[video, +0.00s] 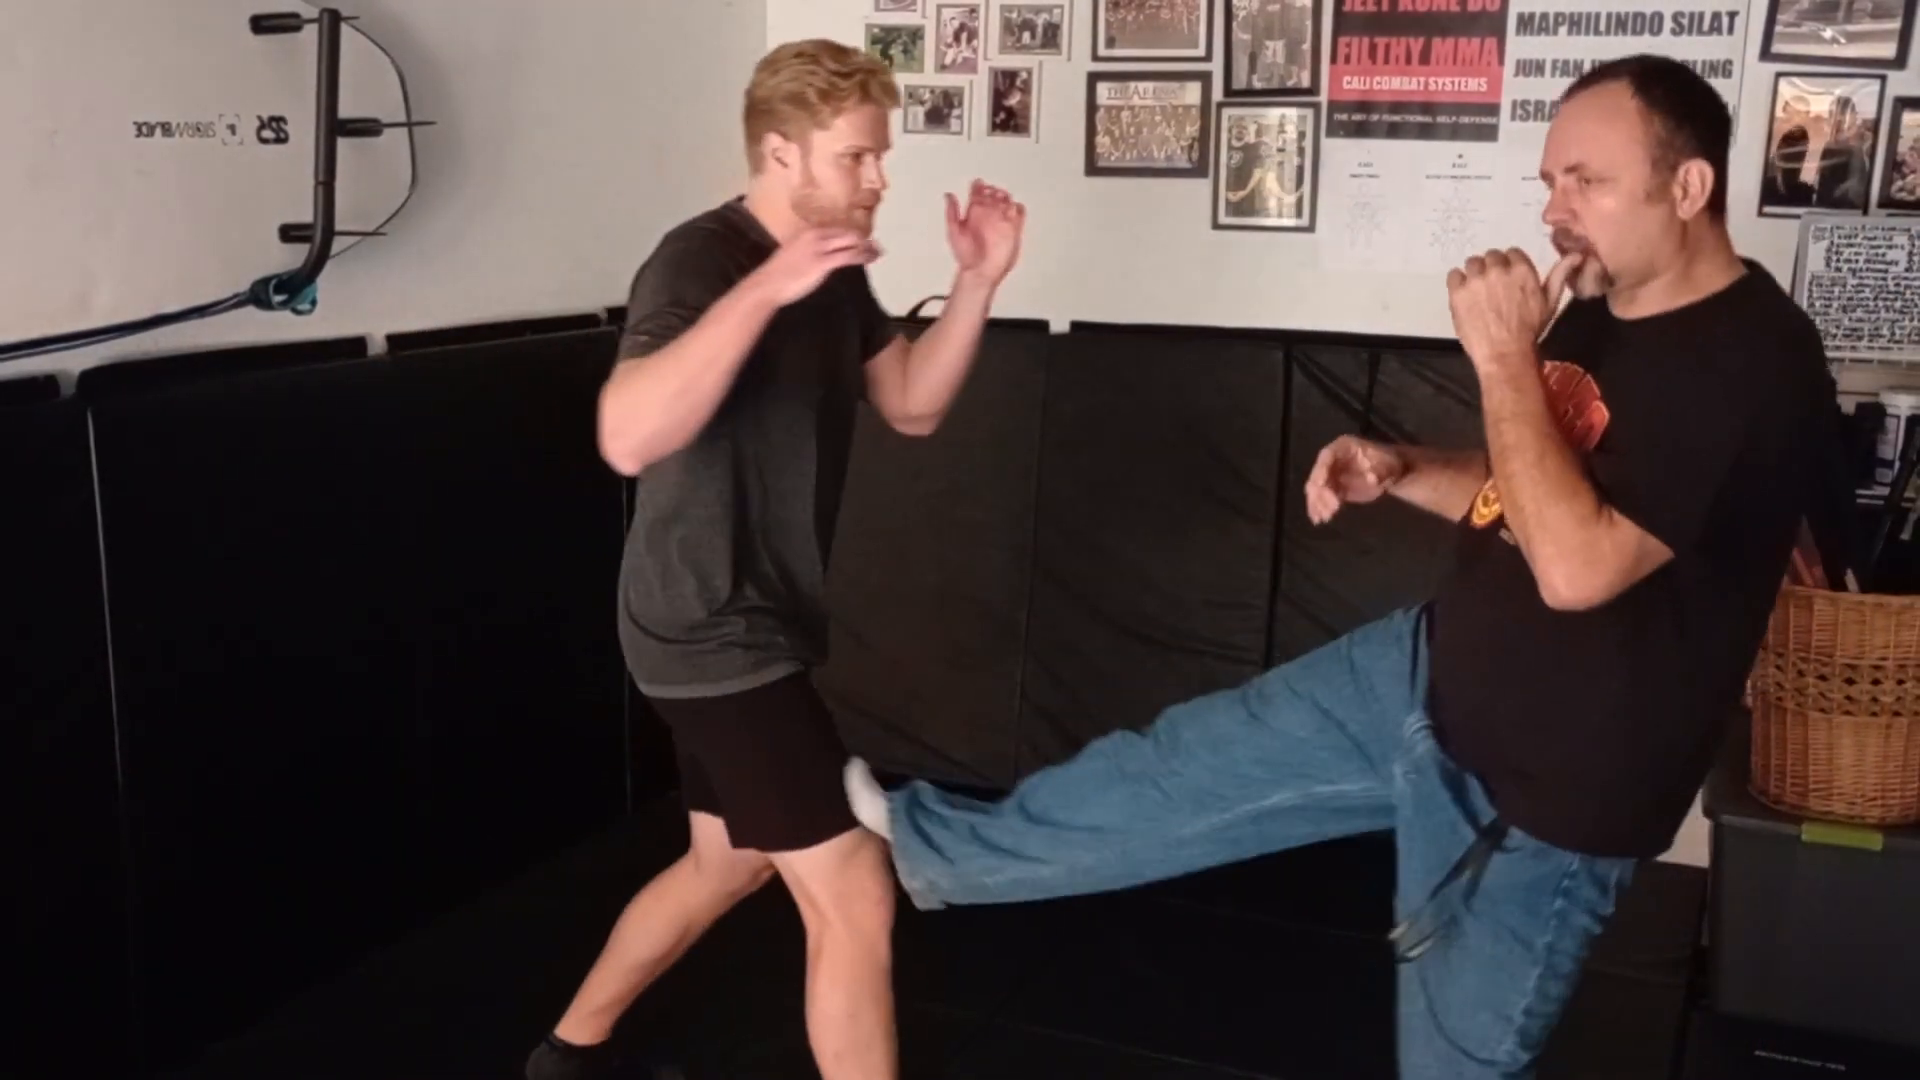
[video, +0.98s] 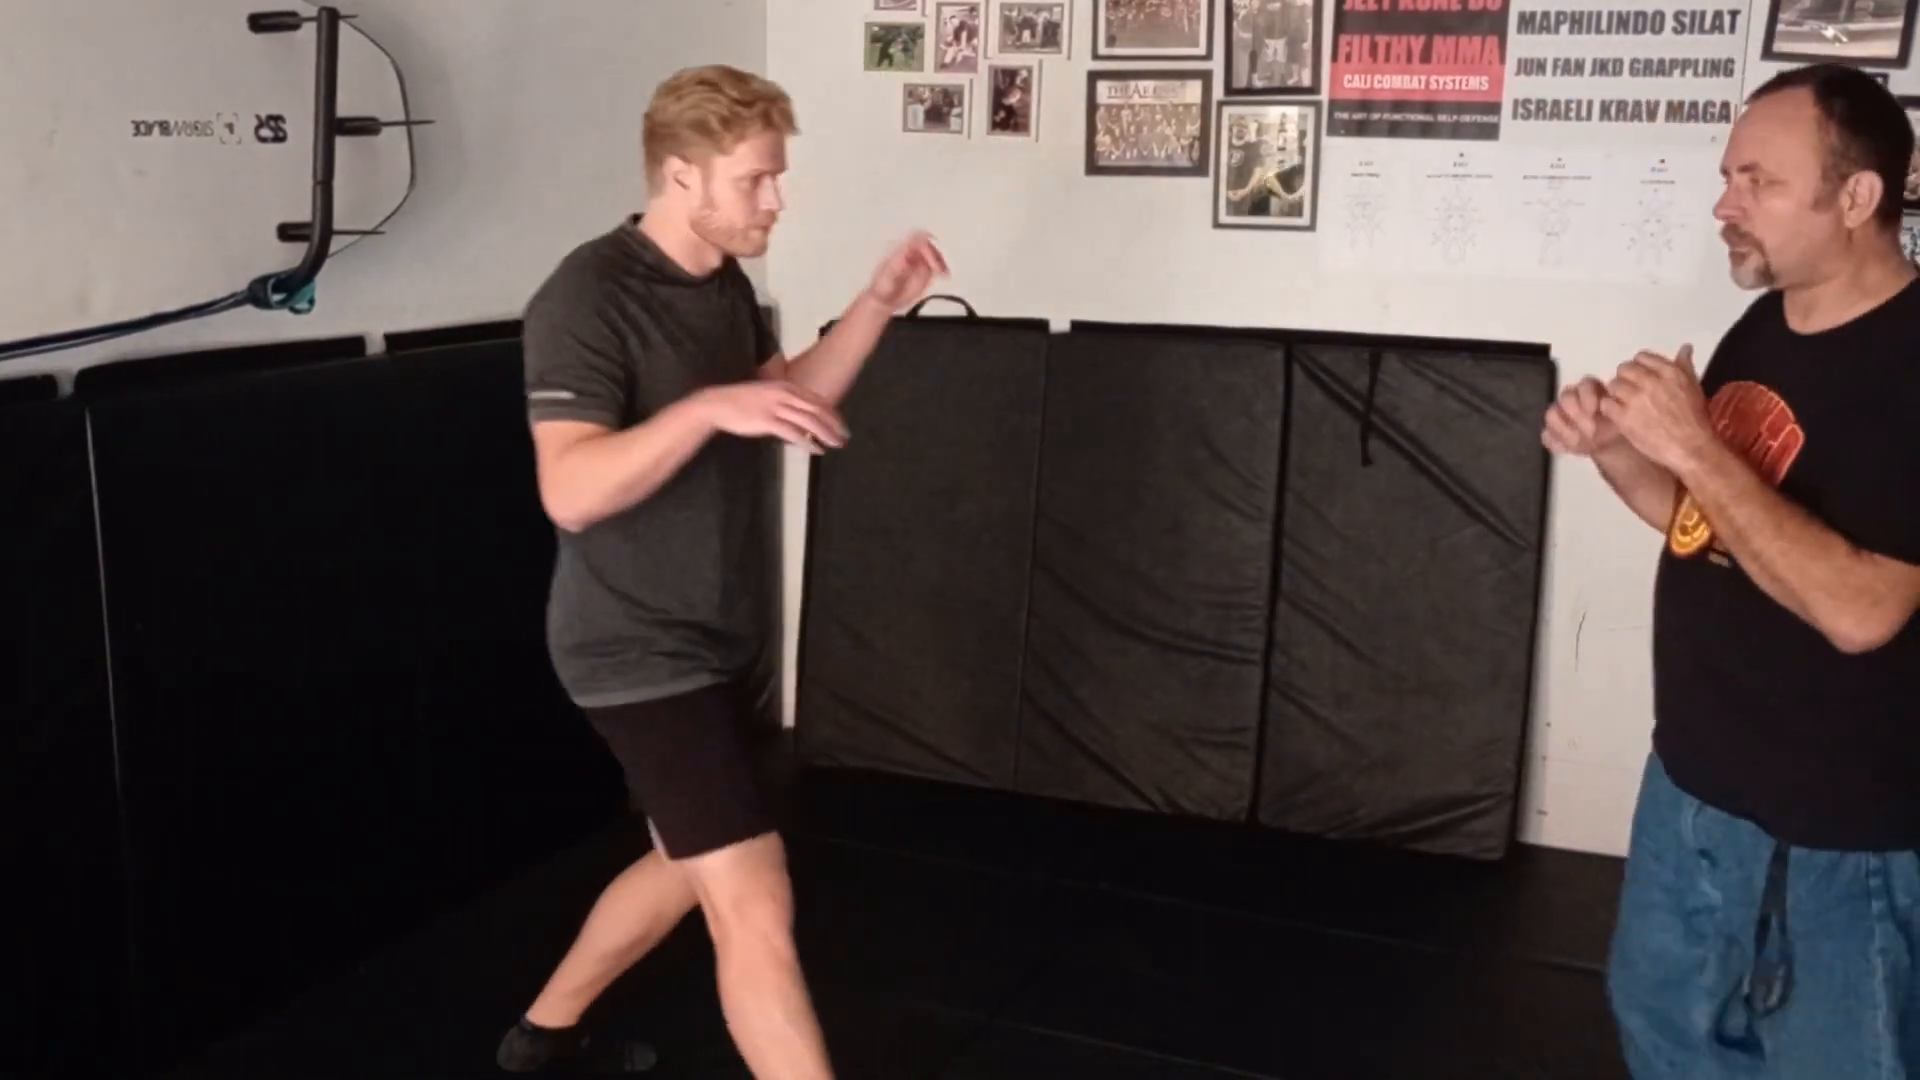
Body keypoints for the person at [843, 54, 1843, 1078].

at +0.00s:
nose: (1554, 212)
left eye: (1582, 183)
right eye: (1552, 182)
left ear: (1690, 189)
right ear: (1671, 189)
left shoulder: (1767, 374)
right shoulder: (1600, 308)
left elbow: (1584, 568)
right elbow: (1533, 493)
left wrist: (1505, 361)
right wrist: (1402, 472)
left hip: (1539, 829)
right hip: (1428, 677)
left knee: (1454, 1063)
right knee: (1175, 772)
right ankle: (931, 850)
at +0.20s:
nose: (1558, 206)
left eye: (1588, 174)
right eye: (1549, 177)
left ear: (1691, 180)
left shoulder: (1760, 349)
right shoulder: (1616, 304)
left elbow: (1616, 572)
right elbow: (1551, 507)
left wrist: (1493, 386)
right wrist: (1439, 442)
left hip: (1588, 821)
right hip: (1475, 691)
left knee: (1514, 1069)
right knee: (1281, 814)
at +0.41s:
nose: (1608, 203)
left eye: (1642, 172)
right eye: (1599, 171)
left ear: (1738, 183)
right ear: (1589, 172)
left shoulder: (1810, 348)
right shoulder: (1632, 310)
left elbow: (1765, 600)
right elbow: (1594, 516)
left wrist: (1572, 463)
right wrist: (1501, 441)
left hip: (1657, 808)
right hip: (1539, 765)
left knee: (1557, 1060)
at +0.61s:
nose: (1636, 206)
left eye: (1671, 176)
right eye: (1629, 176)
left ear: (1763, 190)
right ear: (1619, 183)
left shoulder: (1852, 342)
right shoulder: (1655, 323)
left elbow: (1846, 586)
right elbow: (1630, 522)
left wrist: (1632, 479)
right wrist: (1540, 472)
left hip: (1783, 783)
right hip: (1664, 760)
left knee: (1614, 1050)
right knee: (1744, 1048)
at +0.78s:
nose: (1690, 190)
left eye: (1718, 162)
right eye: (1684, 161)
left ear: (1819, 170)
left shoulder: (1902, 324)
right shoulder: (1713, 301)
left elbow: (1840, 569)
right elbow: (1668, 493)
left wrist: (1676, 411)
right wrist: (1592, 417)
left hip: (1820, 803)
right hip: (1681, 771)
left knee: (1755, 1059)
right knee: (1686, 1048)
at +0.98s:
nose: (1726, 208)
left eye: (1758, 182)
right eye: (1730, 178)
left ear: (1858, 199)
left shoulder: (1917, 355)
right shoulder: (1760, 331)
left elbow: (1865, 609)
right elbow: (1712, 529)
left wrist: (1697, 453)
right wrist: (1616, 453)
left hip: (1855, 845)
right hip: (1692, 803)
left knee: (1844, 1060)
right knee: (1668, 1046)